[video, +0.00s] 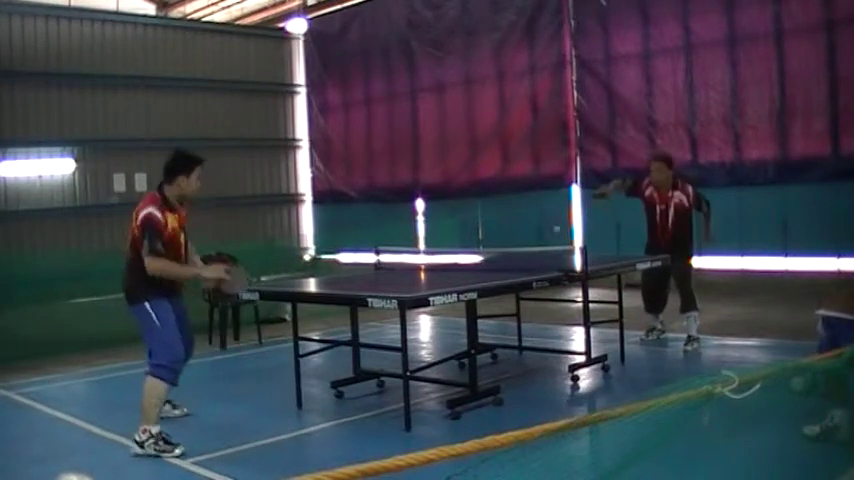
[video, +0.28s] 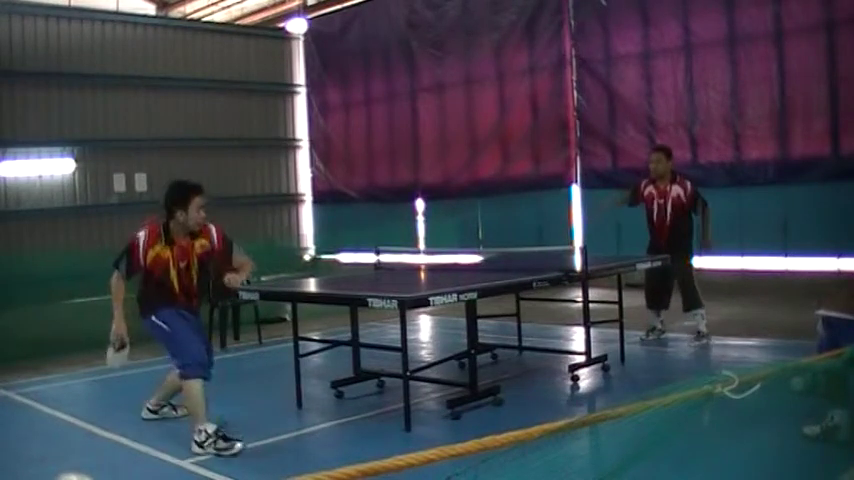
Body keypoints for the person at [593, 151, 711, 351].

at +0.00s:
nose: (655, 176)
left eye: (660, 171)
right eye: (653, 171)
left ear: (670, 172)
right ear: (649, 172)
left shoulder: (686, 191)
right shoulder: (645, 188)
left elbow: (705, 208)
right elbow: (623, 185)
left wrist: (707, 233)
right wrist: (608, 189)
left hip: (680, 248)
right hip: (655, 248)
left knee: (684, 286)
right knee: (650, 286)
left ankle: (692, 333)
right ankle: (655, 325)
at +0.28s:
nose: (654, 166)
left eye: (658, 162)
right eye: (651, 162)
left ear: (669, 163)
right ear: (649, 164)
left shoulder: (683, 186)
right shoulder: (645, 187)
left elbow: (703, 208)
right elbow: (632, 201)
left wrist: (705, 238)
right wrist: (626, 198)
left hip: (680, 246)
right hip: (656, 245)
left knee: (686, 282)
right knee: (653, 283)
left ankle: (700, 325)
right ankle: (657, 325)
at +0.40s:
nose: (655, 168)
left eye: (659, 164)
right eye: (652, 164)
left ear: (670, 165)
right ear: (650, 166)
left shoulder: (685, 188)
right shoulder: (649, 192)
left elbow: (704, 210)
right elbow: (640, 214)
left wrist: (707, 239)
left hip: (683, 248)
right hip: (660, 248)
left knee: (690, 287)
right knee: (649, 285)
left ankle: (708, 329)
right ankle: (655, 325)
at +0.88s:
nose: (628, 182)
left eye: (632, 178)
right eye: (626, 179)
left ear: (644, 180)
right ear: (626, 182)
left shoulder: (660, 201)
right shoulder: (631, 206)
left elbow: (680, 227)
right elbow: (626, 233)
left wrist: (683, 255)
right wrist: (608, 247)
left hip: (666, 256)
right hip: (645, 257)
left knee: (679, 296)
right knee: (625, 287)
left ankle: (707, 330)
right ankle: (625, 324)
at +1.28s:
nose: (628, 162)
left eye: (632, 158)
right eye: (626, 158)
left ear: (641, 161)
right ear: (624, 162)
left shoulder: (655, 185)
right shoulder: (619, 189)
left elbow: (669, 214)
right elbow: (616, 219)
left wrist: (664, 238)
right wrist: (614, 244)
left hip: (653, 243)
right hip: (631, 244)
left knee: (661, 285)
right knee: (628, 284)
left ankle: (678, 320)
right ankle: (626, 322)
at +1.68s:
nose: (659, 159)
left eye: (663, 155)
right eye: (657, 154)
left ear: (672, 158)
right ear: (653, 157)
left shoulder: (681, 185)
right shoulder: (648, 185)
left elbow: (686, 214)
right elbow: (644, 214)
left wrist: (664, 222)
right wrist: (639, 239)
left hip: (671, 239)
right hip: (649, 237)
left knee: (670, 279)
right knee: (639, 275)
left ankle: (676, 321)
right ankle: (634, 315)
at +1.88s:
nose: (668, 157)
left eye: (673, 153)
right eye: (667, 153)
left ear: (683, 157)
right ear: (665, 156)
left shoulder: (691, 183)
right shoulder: (658, 182)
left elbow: (696, 211)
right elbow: (651, 210)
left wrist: (676, 216)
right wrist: (643, 236)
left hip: (679, 239)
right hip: (658, 237)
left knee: (676, 277)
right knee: (656, 275)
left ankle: (676, 319)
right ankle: (663, 311)